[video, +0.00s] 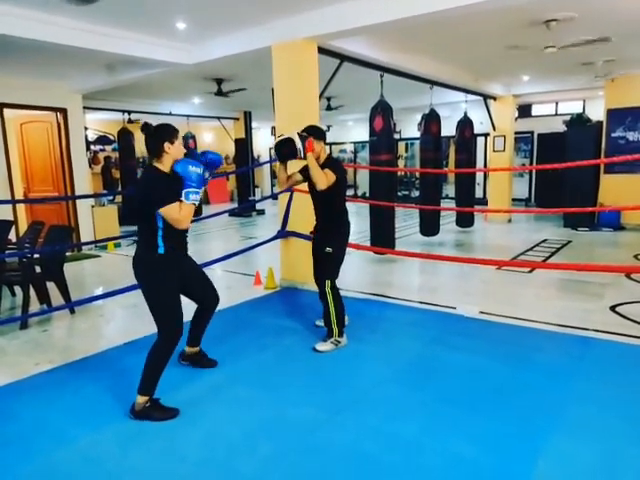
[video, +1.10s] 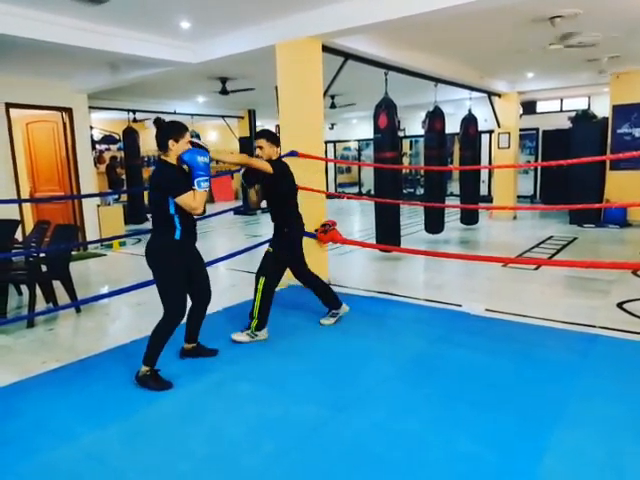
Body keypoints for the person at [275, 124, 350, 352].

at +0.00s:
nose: (307, 150)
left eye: (310, 145)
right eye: (305, 146)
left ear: (321, 144)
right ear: (307, 148)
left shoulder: (335, 166)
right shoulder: (311, 167)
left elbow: (321, 183)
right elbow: (285, 184)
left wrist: (310, 156)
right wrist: (282, 161)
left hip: (336, 228)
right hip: (321, 228)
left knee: (327, 280)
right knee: (321, 278)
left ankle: (336, 335)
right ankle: (335, 317)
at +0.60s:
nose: (294, 147)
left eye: (297, 142)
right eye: (293, 143)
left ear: (311, 141)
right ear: (304, 143)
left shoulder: (321, 163)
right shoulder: (305, 164)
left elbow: (304, 186)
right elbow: (283, 186)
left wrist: (280, 167)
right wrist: (278, 169)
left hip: (328, 227)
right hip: (316, 226)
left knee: (327, 278)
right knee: (325, 275)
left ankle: (339, 332)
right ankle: (339, 313)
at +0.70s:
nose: (292, 147)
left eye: (295, 142)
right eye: (291, 143)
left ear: (308, 141)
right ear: (301, 143)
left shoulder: (314, 162)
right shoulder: (307, 164)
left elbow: (281, 165)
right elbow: (288, 192)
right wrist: (282, 170)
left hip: (323, 225)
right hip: (318, 224)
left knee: (317, 277)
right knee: (326, 271)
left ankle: (337, 331)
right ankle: (343, 313)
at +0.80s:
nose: (287, 147)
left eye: (290, 142)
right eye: (286, 143)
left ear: (303, 141)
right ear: (300, 143)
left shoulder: (305, 161)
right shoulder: (305, 164)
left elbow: (269, 159)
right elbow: (288, 195)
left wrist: (236, 157)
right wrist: (281, 175)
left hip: (317, 223)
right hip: (318, 221)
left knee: (301, 273)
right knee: (325, 269)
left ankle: (325, 324)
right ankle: (342, 312)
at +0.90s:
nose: (278, 148)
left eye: (281, 143)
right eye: (278, 144)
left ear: (294, 143)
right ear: (290, 144)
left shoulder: (298, 163)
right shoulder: (295, 166)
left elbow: (263, 159)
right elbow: (280, 198)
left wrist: (231, 158)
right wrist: (274, 179)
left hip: (309, 227)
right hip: (314, 225)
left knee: (287, 272)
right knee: (323, 270)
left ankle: (296, 325)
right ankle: (342, 313)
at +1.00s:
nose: (268, 151)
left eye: (272, 146)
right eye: (268, 147)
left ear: (285, 145)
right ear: (281, 147)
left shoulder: (289, 165)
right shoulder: (283, 168)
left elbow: (259, 159)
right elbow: (268, 199)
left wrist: (229, 157)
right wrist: (261, 178)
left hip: (300, 229)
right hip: (303, 227)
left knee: (278, 273)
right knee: (317, 271)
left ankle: (265, 326)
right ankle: (342, 312)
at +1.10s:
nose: (257, 153)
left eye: (260, 148)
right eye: (256, 149)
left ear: (275, 147)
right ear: (264, 150)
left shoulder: (279, 168)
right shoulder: (270, 170)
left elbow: (247, 160)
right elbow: (255, 203)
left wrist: (215, 156)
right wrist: (249, 179)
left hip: (287, 230)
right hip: (287, 228)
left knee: (265, 277)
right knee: (302, 272)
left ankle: (257, 329)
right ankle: (337, 306)